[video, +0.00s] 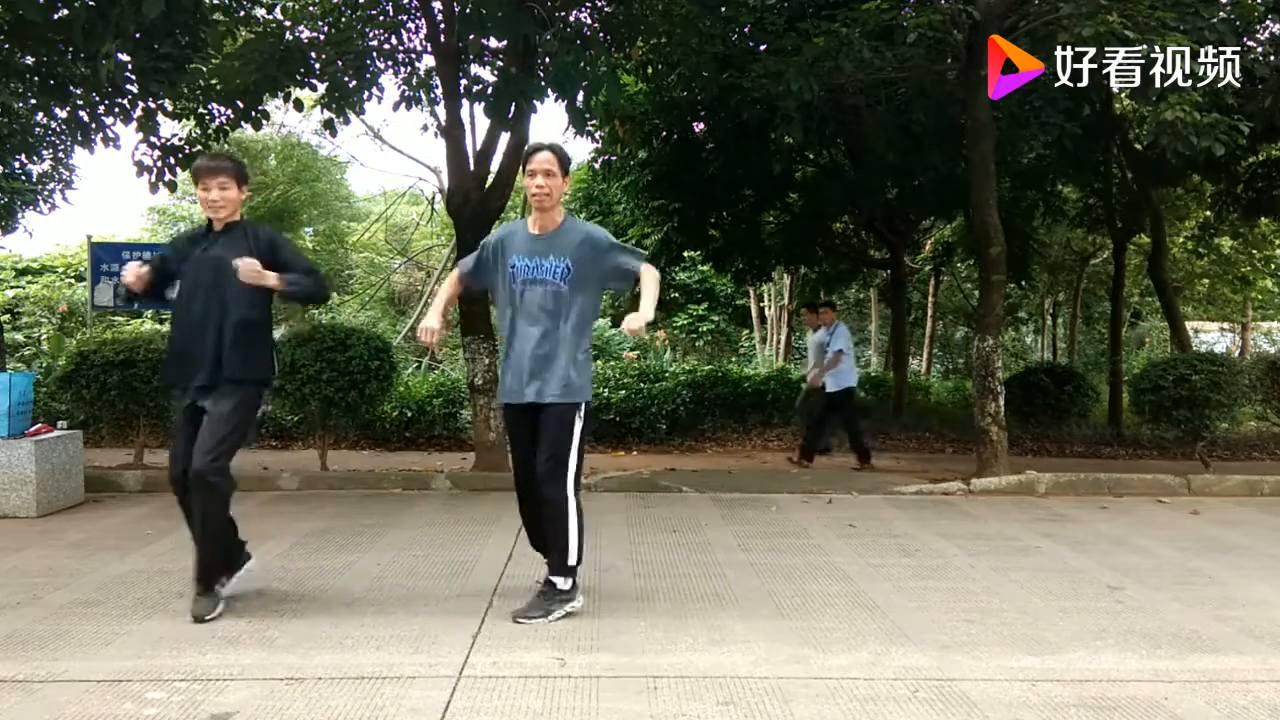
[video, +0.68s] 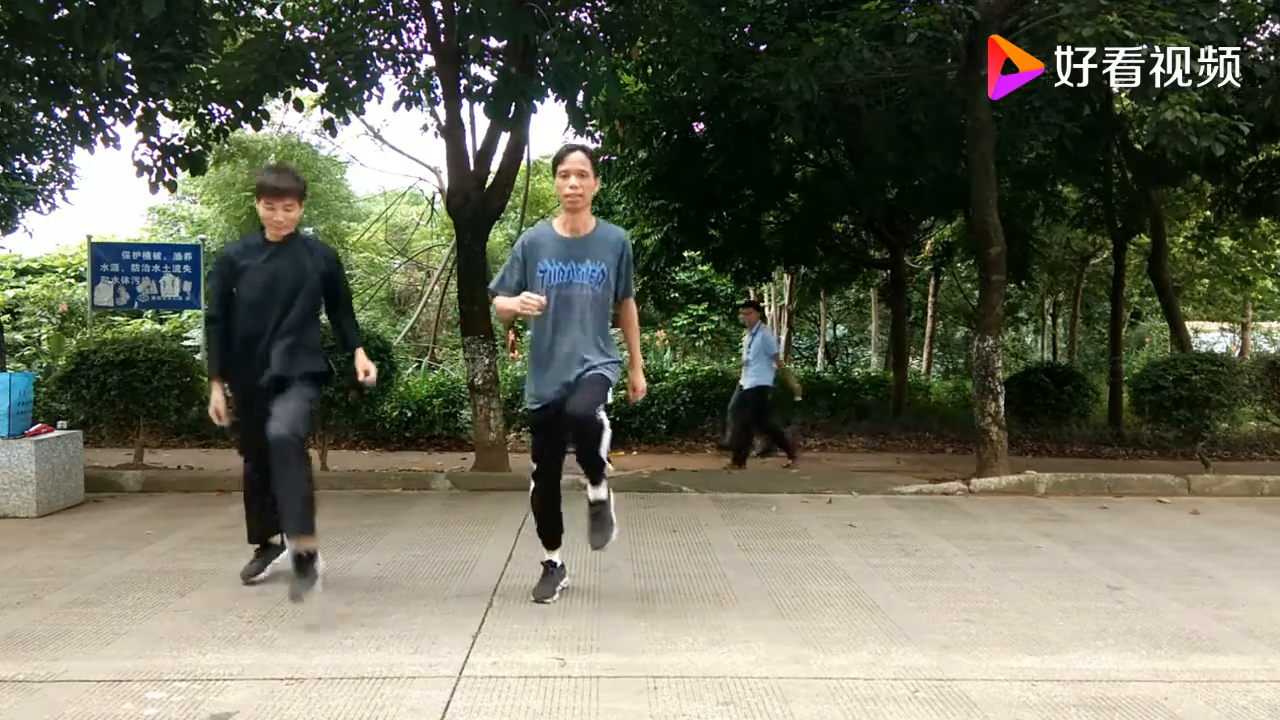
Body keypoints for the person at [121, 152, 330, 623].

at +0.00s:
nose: (214, 196)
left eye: (223, 188)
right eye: (206, 188)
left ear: (242, 193)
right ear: (197, 195)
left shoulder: (264, 242)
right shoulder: (186, 245)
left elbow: (316, 286)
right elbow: (153, 291)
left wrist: (272, 279)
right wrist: (140, 283)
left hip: (241, 379)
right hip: (191, 377)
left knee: (204, 469)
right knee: (181, 474)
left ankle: (207, 584)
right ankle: (231, 554)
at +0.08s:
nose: (215, 209)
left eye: (224, 200)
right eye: (206, 201)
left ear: (242, 205)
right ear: (198, 208)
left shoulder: (264, 256)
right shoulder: (187, 262)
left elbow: (292, 317)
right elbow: (178, 324)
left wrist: (252, 287)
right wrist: (164, 295)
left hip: (239, 393)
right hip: (189, 391)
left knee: (207, 484)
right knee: (176, 485)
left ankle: (179, 585)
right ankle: (225, 564)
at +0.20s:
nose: (221, 206)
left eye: (229, 197)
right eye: (213, 199)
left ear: (247, 200)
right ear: (204, 204)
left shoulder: (270, 252)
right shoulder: (197, 255)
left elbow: (287, 315)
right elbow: (168, 316)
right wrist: (175, 278)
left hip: (245, 375)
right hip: (202, 376)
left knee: (203, 439)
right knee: (208, 470)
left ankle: (200, 554)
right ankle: (232, 570)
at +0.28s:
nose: (231, 199)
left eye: (239, 190)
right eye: (223, 191)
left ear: (254, 192)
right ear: (213, 194)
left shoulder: (277, 245)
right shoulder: (197, 242)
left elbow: (293, 314)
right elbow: (164, 303)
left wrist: (298, 374)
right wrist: (175, 271)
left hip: (259, 353)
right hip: (208, 358)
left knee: (210, 394)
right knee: (225, 458)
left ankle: (208, 510)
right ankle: (233, 568)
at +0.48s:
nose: (254, 214)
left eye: (264, 206)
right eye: (246, 205)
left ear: (277, 208)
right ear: (232, 205)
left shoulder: (297, 261)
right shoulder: (211, 257)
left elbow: (330, 317)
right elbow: (178, 307)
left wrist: (352, 369)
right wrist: (181, 322)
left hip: (284, 365)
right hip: (228, 369)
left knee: (226, 349)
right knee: (231, 462)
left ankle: (249, 458)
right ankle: (255, 562)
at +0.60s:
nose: (272, 207)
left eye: (281, 198)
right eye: (263, 197)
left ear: (293, 198)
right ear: (248, 195)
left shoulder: (311, 245)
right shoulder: (225, 245)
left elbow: (337, 302)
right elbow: (209, 308)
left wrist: (355, 355)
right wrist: (207, 367)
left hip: (291, 355)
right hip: (243, 360)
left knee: (261, 400)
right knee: (249, 455)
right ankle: (257, 549)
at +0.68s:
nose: (280, 216)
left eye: (289, 208)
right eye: (272, 207)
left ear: (302, 208)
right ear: (258, 205)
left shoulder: (319, 256)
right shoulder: (235, 258)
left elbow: (342, 310)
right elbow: (216, 322)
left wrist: (358, 351)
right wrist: (216, 382)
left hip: (300, 372)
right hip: (248, 375)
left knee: (282, 434)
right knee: (255, 457)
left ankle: (304, 550)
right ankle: (268, 544)